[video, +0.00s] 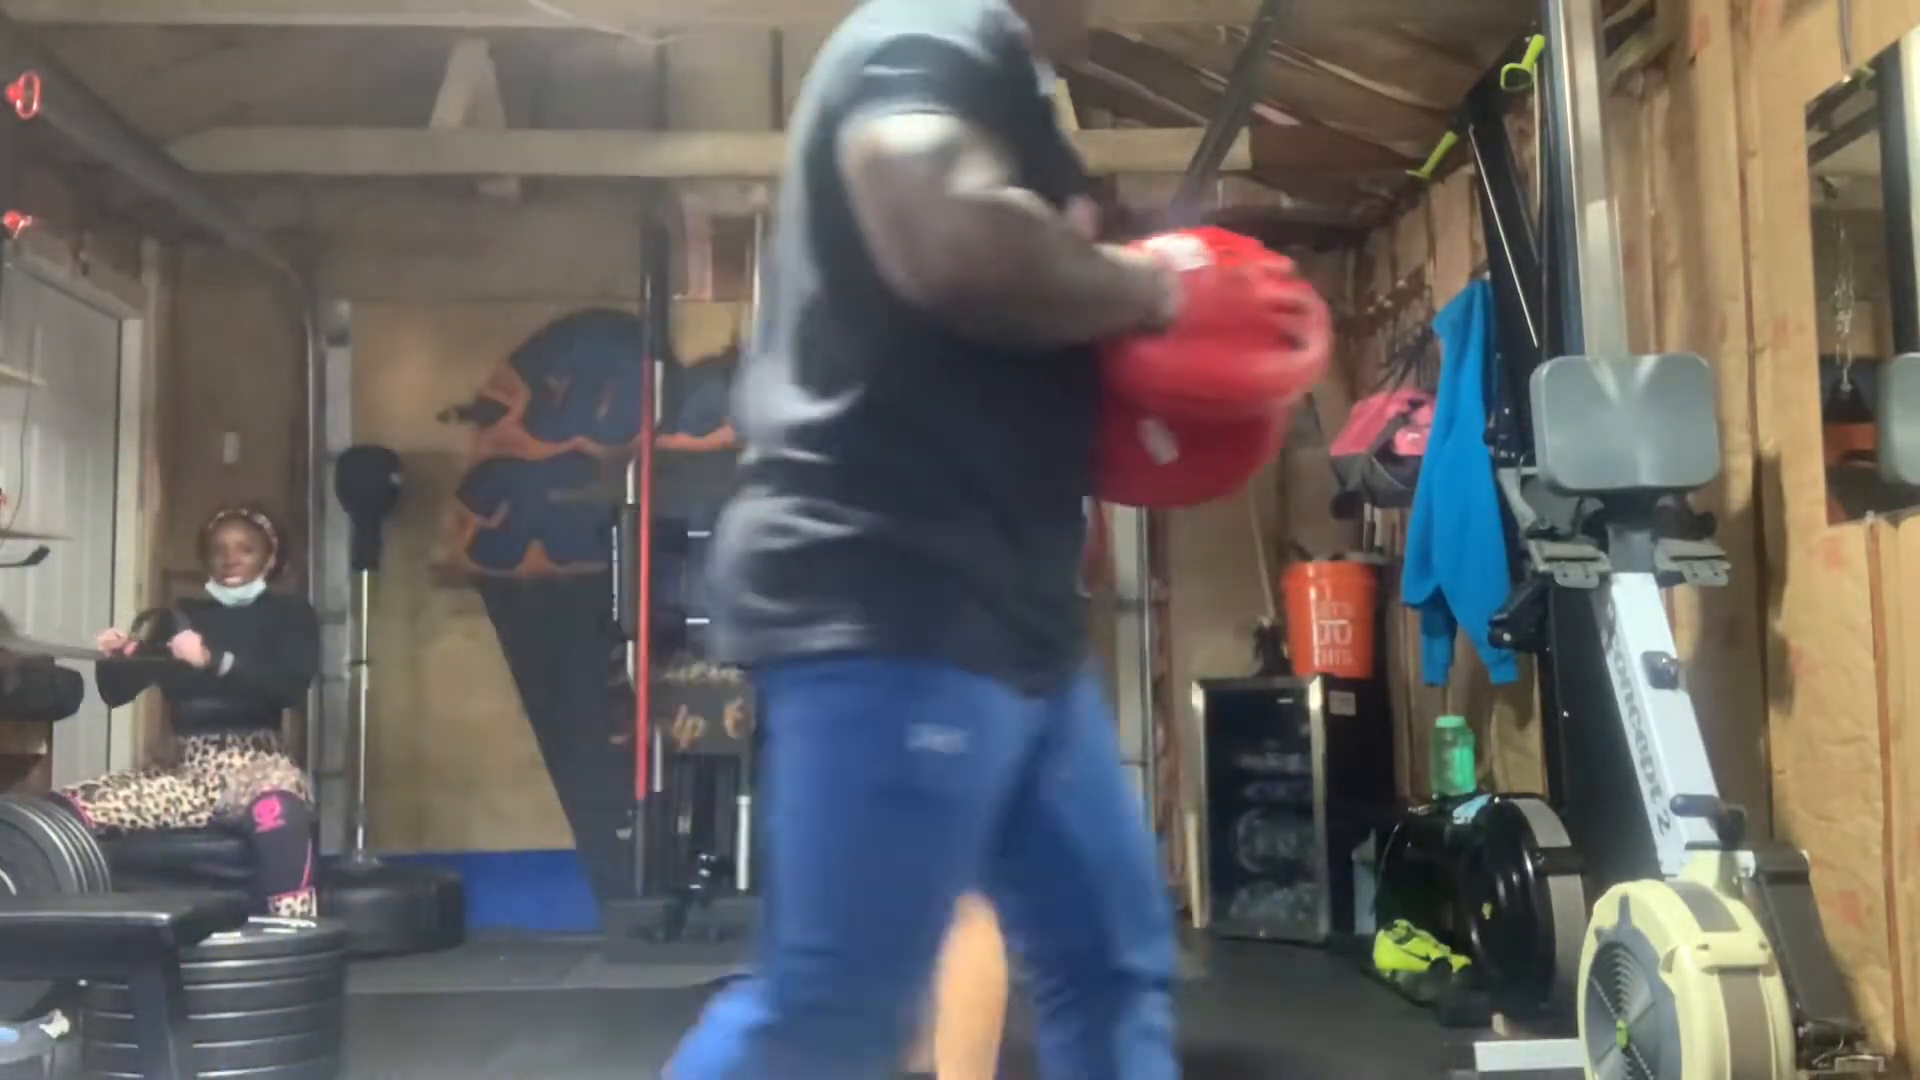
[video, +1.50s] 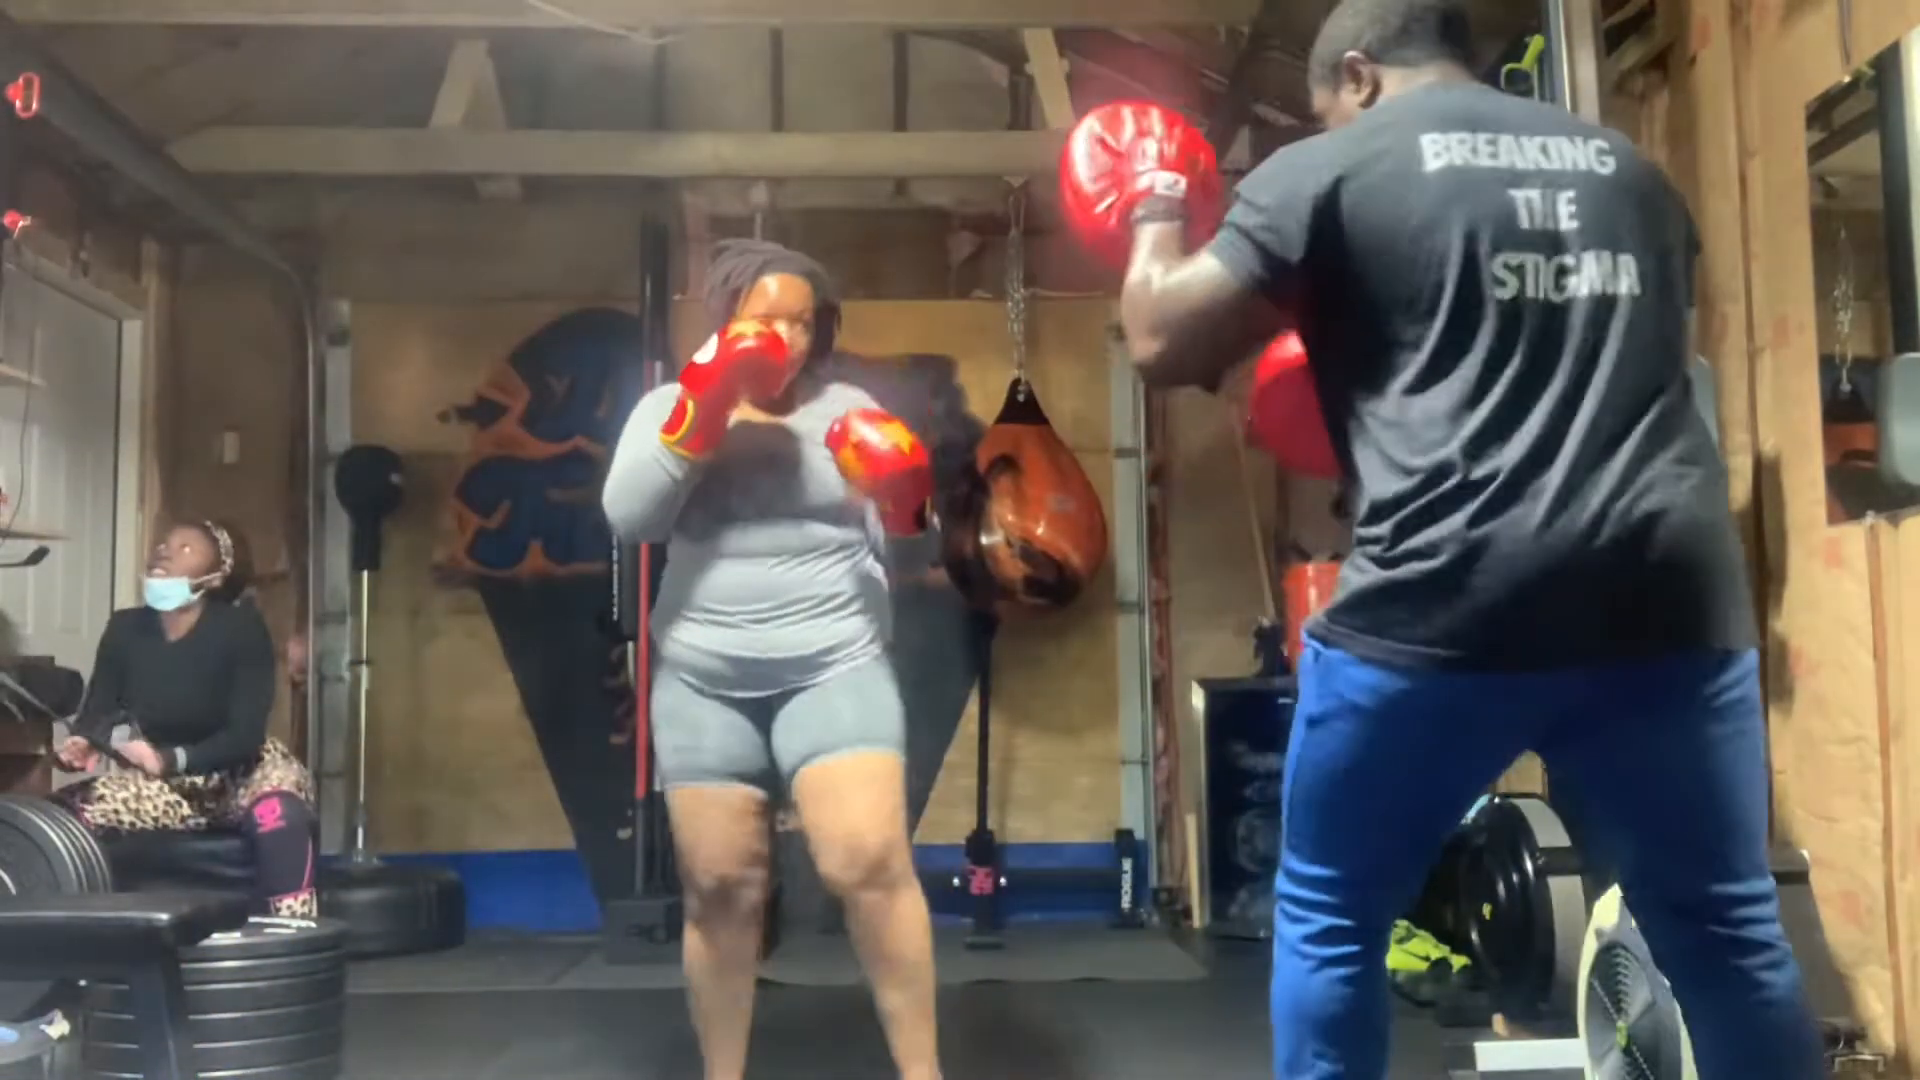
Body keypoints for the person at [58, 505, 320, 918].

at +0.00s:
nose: (231, 559)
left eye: (244, 548)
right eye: (220, 550)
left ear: (269, 560)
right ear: (207, 561)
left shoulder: (289, 613)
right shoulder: (184, 617)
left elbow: (291, 686)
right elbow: (116, 692)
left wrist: (213, 660)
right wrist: (114, 659)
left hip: (258, 767)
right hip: (183, 770)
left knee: (280, 811)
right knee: (67, 810)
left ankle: (294, 944)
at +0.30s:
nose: (234, 572)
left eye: (248, 560)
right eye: (223, 560)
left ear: (273, 566)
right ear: (210, 565)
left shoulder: (299, 624)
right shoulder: (194, 623)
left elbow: (337, 718)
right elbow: (157, 723)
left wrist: (276, 687)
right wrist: (151, 683)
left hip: (257, 772)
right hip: (182, 772)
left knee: (280, 814)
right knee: (62, 810)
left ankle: (290, 946)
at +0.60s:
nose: (211, 559)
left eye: (226, 548)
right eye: (201, 549)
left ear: (253, 555)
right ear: (189, 554)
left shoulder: (276, 609)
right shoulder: (169, 612)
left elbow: (300, 682)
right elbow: (99, 695)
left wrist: (220, 655)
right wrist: (104, 661)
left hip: (253, 770)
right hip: (174, 773)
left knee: (281, 811)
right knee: (63, 810)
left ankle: (294, 945)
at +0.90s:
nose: (174, 558)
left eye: (189, 550)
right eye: (168, 549)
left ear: (219, 563)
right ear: (158, 555)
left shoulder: (250, 622)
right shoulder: (138, 619)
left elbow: (247, 720)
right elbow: (107, 705)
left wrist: (165, 726)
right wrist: (86, 715)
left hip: (243, 773)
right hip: (165, 775)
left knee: (279, 812)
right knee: (61, 813)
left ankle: (295, 944)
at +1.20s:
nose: (159, 560)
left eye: (178, 553)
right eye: (157, 550)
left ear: (209, 576)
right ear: (147, 558)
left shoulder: (241, 626)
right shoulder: (125, 627)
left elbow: (241, 728)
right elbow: (94, 705)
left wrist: (158, 756)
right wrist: (70, 733)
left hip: (240, 777)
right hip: (159, 780)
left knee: (279, 813)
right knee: (61, 816)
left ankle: (293, 944)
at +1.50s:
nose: (163, 557)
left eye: (184, 551)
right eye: (162, 548)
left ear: (213, 575)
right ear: (150, 558)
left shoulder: (242, 628)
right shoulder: (126, 627)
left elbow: (245, 739)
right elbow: (98, 708)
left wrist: (170, 759)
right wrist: (84, 740)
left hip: (237, 780)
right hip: (152, 781)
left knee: (280, 814)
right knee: (62, 815)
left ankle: (294, 945)